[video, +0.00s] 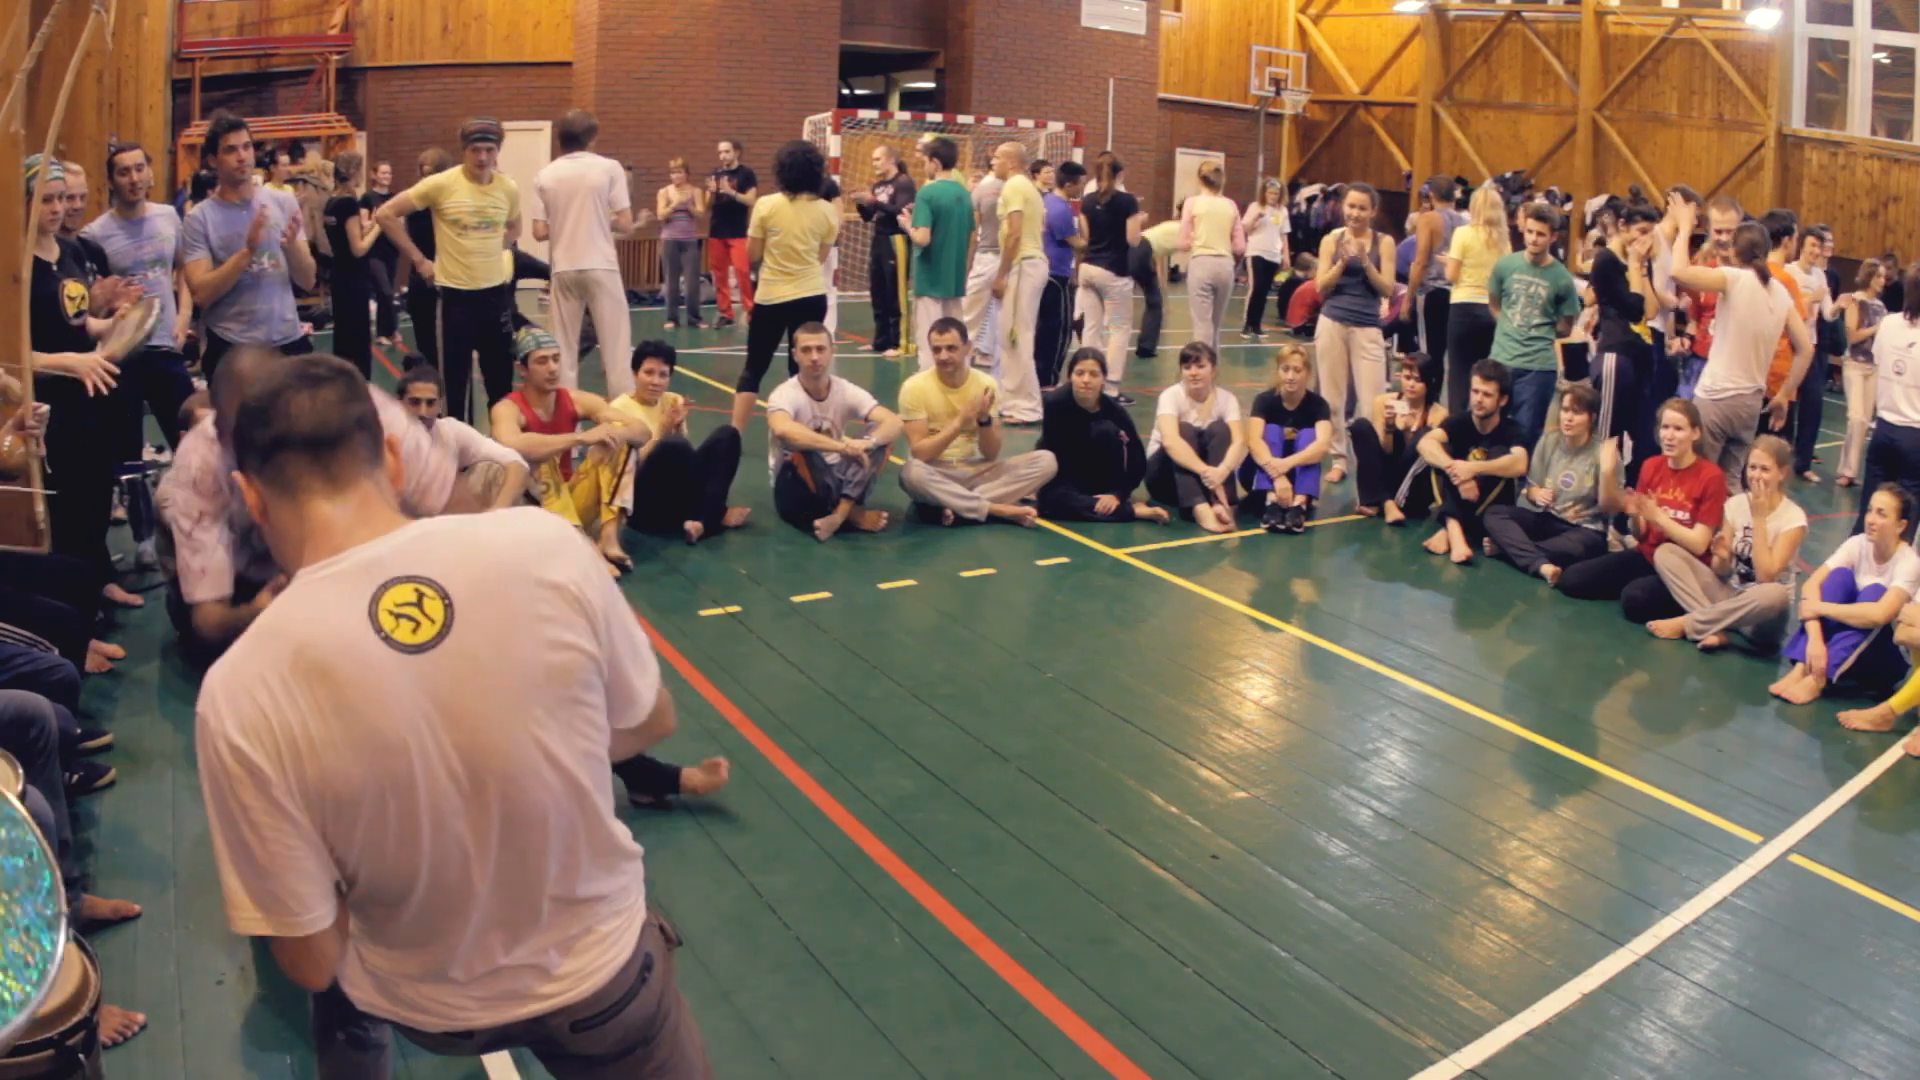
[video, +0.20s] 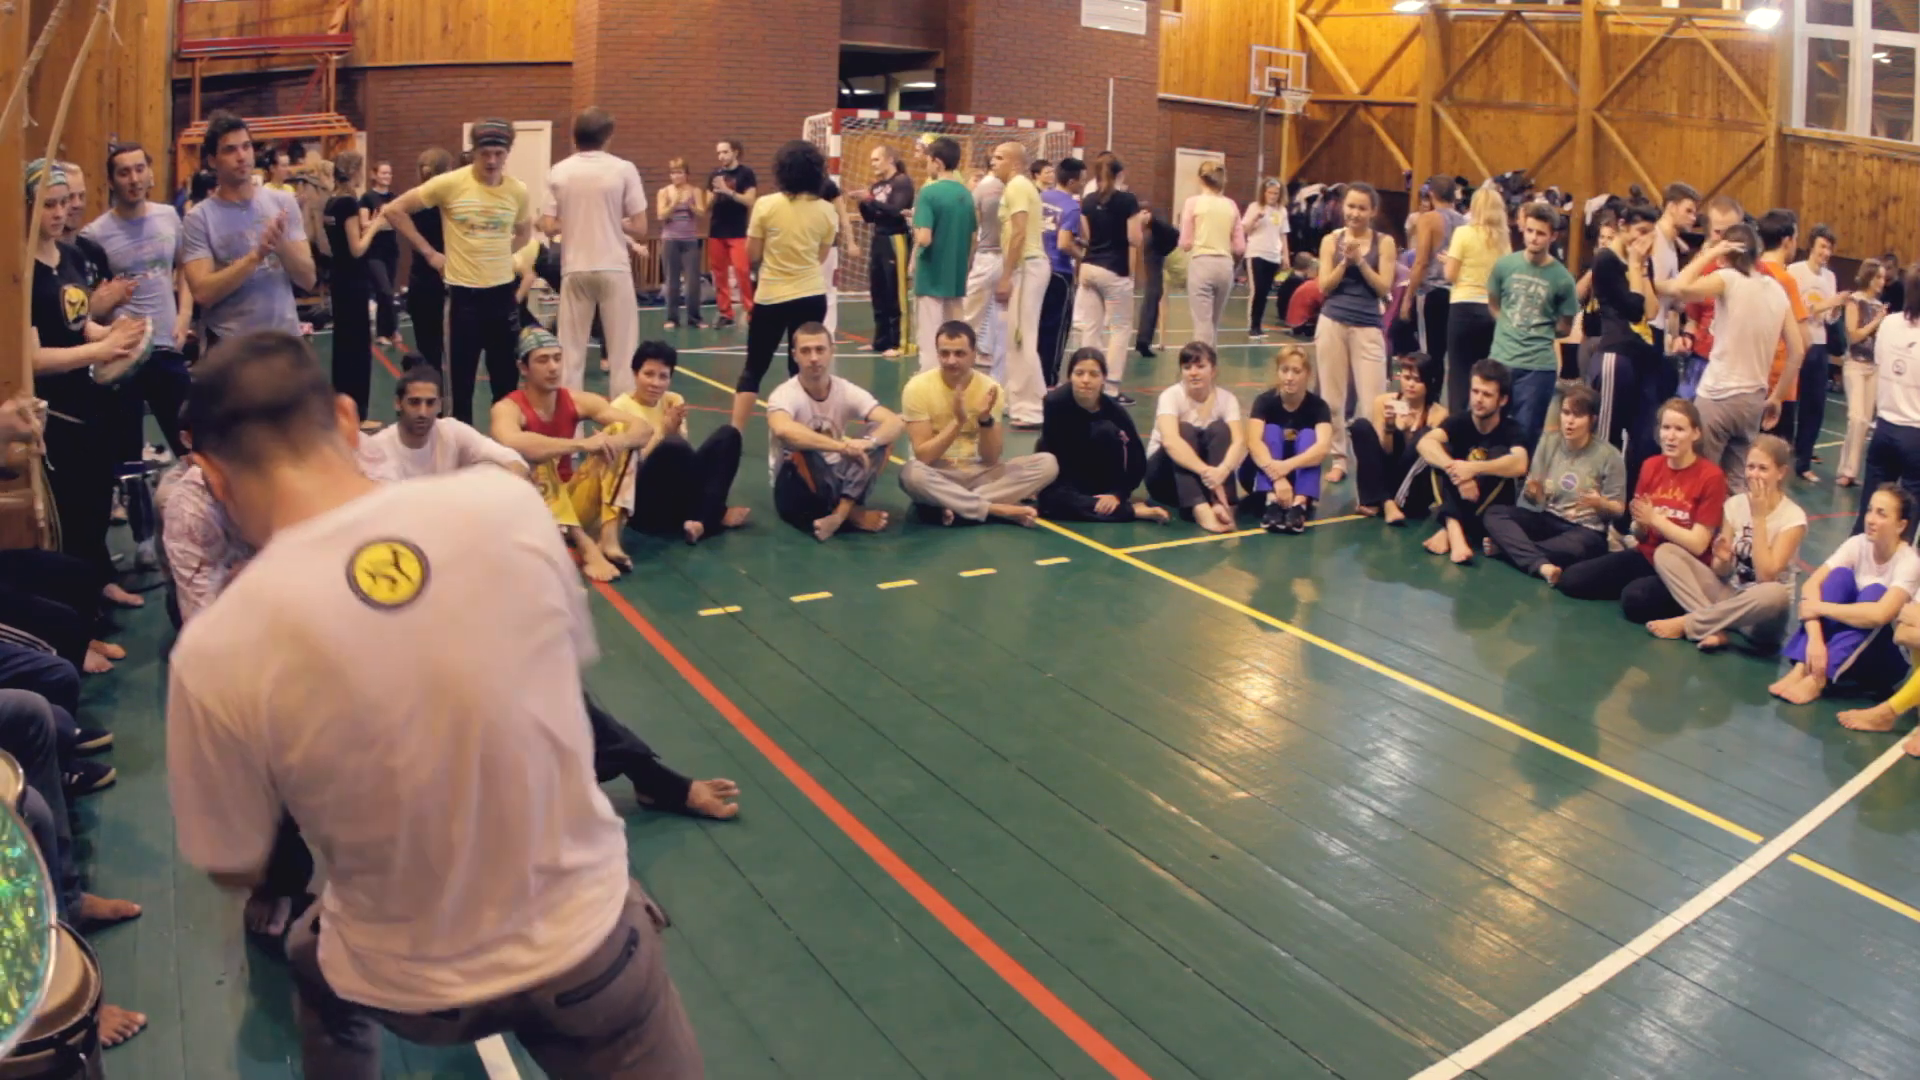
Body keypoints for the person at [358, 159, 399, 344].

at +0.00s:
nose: (387, 176)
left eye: (389, 173)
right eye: (383, 173)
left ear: (392, 176)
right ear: (374, 175)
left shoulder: (394, 198)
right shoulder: (367, 198)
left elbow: (401, 223)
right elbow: (364, 225)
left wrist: (388, 221)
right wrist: (383, 221)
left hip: (392, 248)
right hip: (374, 249)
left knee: (386, 293)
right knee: (385, 291)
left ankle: (383, 332)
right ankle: (392, 329)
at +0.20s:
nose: (387, 177)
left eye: (389, 173)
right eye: (384, 173)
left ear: (392, 176)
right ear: (374, 175)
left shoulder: (393, 197)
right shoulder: (367, 198)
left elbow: (398, 221)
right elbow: (364, 223)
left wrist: (379, 219)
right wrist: (383, 219)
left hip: (391, 247)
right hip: (373, 247)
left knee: (386, 292)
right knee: (385, 290)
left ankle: (383, 332)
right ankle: (393, 329)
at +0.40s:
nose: (388, 176)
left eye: (390, 173)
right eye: (384, 173)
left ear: (392, 176)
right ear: (374, 175)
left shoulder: (394, 198)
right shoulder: (367, 198)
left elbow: (399, 220)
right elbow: (364, 225)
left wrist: (380, 217)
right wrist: (384, 217)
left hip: (391, 247)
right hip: (373, 247)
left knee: (386, 292)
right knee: (385, 290)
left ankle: (383, 332)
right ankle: (392, 329)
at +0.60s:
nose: (388, 176)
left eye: (390, 173)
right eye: (384, 173)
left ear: (392, 176)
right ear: (375, 174)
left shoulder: (395, 198)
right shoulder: (368, 197)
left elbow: (402, 217)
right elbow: (364, 224)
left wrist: (392, 217)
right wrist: (384, 220)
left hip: (391, 246)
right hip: (374, 246)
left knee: (386, 292)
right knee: (385, 290)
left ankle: (382, 332)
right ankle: (392, 329)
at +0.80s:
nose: (388, 176)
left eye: (390, 173)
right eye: (384, 173)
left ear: (392, 176)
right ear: (375, 175)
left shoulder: (395, 198)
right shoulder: (367, 198)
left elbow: (401, 219)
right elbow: (365, 225)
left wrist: (393, 218)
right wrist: (382, 219)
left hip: (391, 246)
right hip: (373, 246)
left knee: (385, 292)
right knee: (385, 291)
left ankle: (382, 332)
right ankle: (392, 329)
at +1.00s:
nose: (388, 176)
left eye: (390, 173)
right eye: (384, 173)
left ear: (392, 176)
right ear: (375, 175)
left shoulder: (394, 199)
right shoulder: (368, 198)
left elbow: (401, 219)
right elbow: (365, 223)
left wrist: (390, 217)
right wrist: (385, 219)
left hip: (391, 249)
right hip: (373, 248)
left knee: (385, 292)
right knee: (385, 291)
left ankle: (382, 332)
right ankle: (392, 329)